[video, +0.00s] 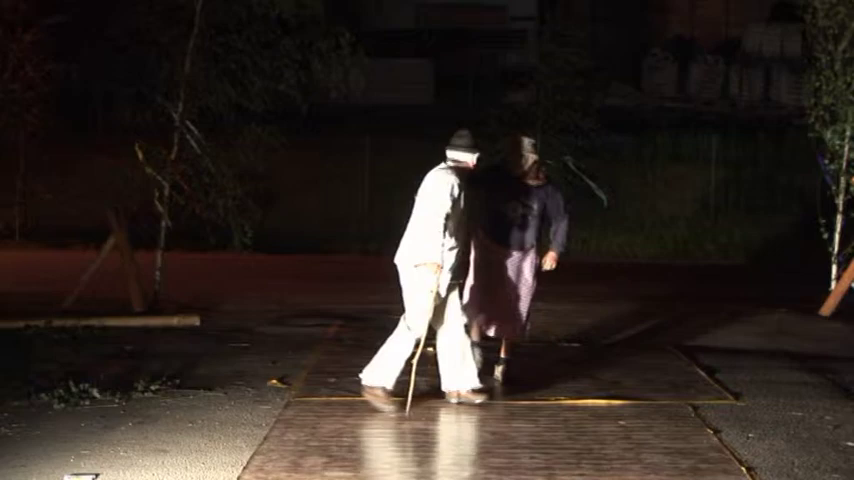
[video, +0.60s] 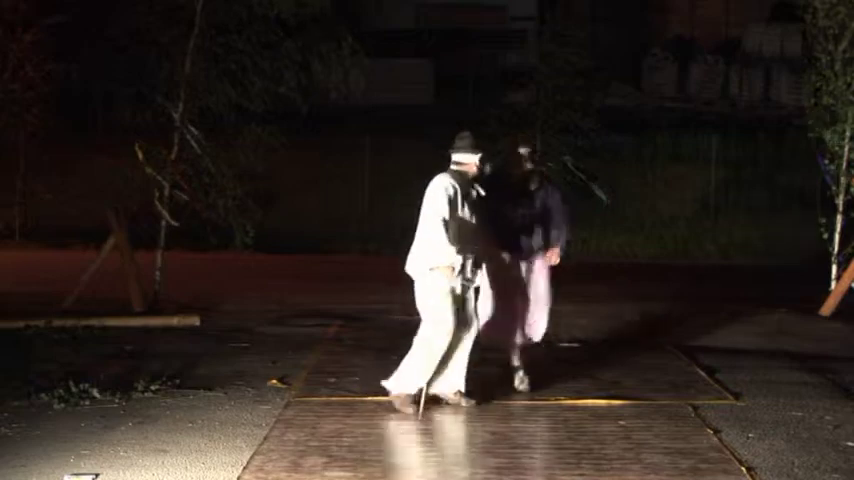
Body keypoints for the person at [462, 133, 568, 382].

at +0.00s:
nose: (520, 161)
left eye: (525, 156)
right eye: (517, 156)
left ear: (533, 158)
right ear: (507, 156)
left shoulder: (542, 188)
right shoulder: (490, 179)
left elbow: (559, 220)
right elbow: (472, 209)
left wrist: (554, 249)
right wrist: (472, 237)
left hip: (522, 254)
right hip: (487, 249)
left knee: (515, 307)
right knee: (478, 302)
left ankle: (502, 362)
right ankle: (474, 349)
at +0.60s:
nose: (524, 162)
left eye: (528, 157)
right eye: (519, 157)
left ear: (535, 158)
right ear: (510, 158)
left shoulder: (544, 184)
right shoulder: (498, 182)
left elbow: (556, 215)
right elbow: (487, 217)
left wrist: (555, 245)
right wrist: (494, 248)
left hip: (536, 254)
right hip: (505, 254)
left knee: (536, 310)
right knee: (512, 311)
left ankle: (518, 349)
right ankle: (517, 367)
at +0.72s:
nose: (481, 167)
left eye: (481, 162)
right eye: (476, 163)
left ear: (478, 165)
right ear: (461, 164)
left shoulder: (482, 197)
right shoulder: (446, 187)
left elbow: (522, 210)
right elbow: (427, 220)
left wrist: (560, 219)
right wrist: (446, 252)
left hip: (474, 269)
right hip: (440, 265)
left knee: (472, 329)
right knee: (477, 299)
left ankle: (452, 391)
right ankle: (439, 351)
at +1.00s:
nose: (501, 148)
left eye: (501, 142)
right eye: (495, 143)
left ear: (498, 142)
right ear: (480, 144)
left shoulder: (495, 160)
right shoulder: (464, 170)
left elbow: (525, 154)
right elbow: (456, 221)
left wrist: (556, 144)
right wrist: (483, 250)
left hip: (475, 241)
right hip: (447, 244)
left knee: (510, 264)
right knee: (456, 306)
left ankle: (521, 340)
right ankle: (439, 375)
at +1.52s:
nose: (526, 152)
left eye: (526, 147)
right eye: (523, 148)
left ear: (504, 147)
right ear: (515, 149)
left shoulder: (500, 169)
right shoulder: (502, 174)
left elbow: (508, 218)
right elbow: (511, 219)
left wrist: (526, 253)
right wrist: (534, 254)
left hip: (488, 253)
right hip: (488, 256)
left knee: (498, 318)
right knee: (497, 320)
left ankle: (489, 387)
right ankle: (487, 390)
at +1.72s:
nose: (539, 165)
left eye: (539, 159)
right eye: (535, 160)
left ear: (517, 159)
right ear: (525, 162)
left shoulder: (512, 180)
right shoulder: (510, 189)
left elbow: (527, 145)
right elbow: (513, 236)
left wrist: (535, 121)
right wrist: (539, 265)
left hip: (502, 265)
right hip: (496, 268)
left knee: (513, 325)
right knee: (508, 327)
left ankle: (519, 388)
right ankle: (481, 394)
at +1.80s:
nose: (546, 168)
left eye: (546, 163)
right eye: (542, 164)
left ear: (524, 159)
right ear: (530, 164)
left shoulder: (519, 181)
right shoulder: (516, 188)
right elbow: (522, 236)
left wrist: (533, 130)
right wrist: (547, 271)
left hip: (505, 263)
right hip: (498, 266)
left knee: (524, 320)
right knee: (511, 324)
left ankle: (521, 375)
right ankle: (482, 392)